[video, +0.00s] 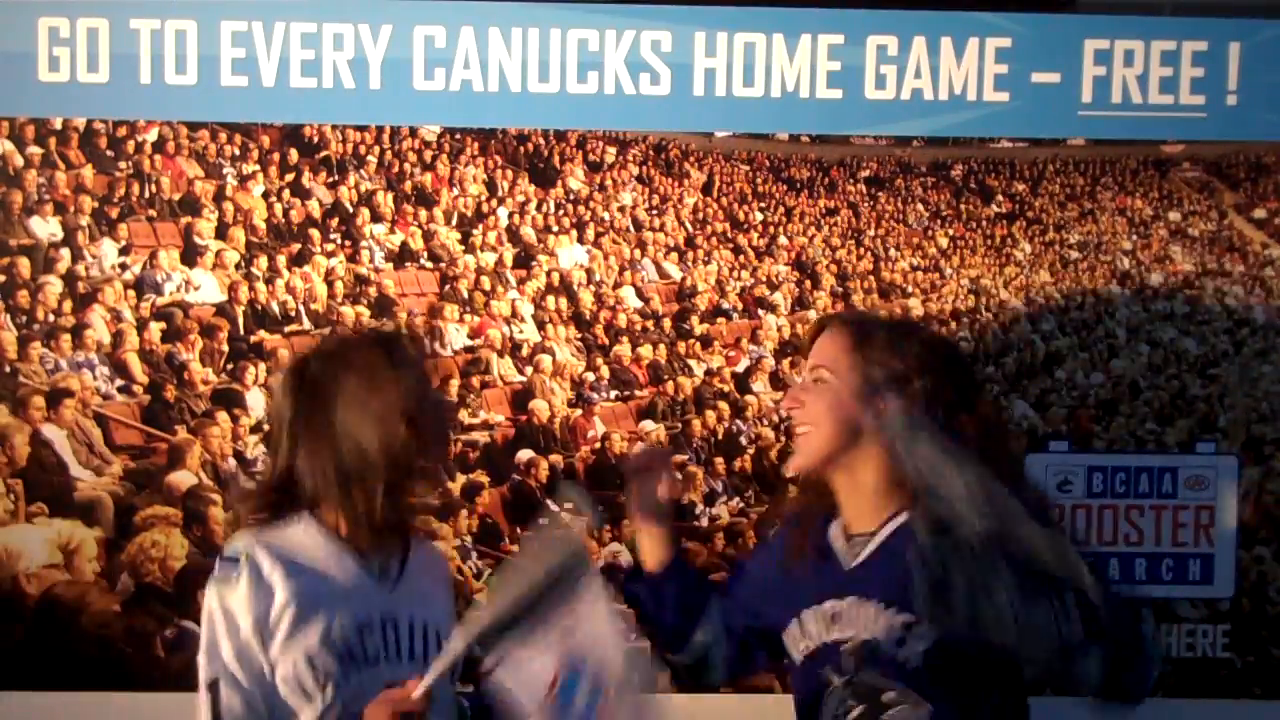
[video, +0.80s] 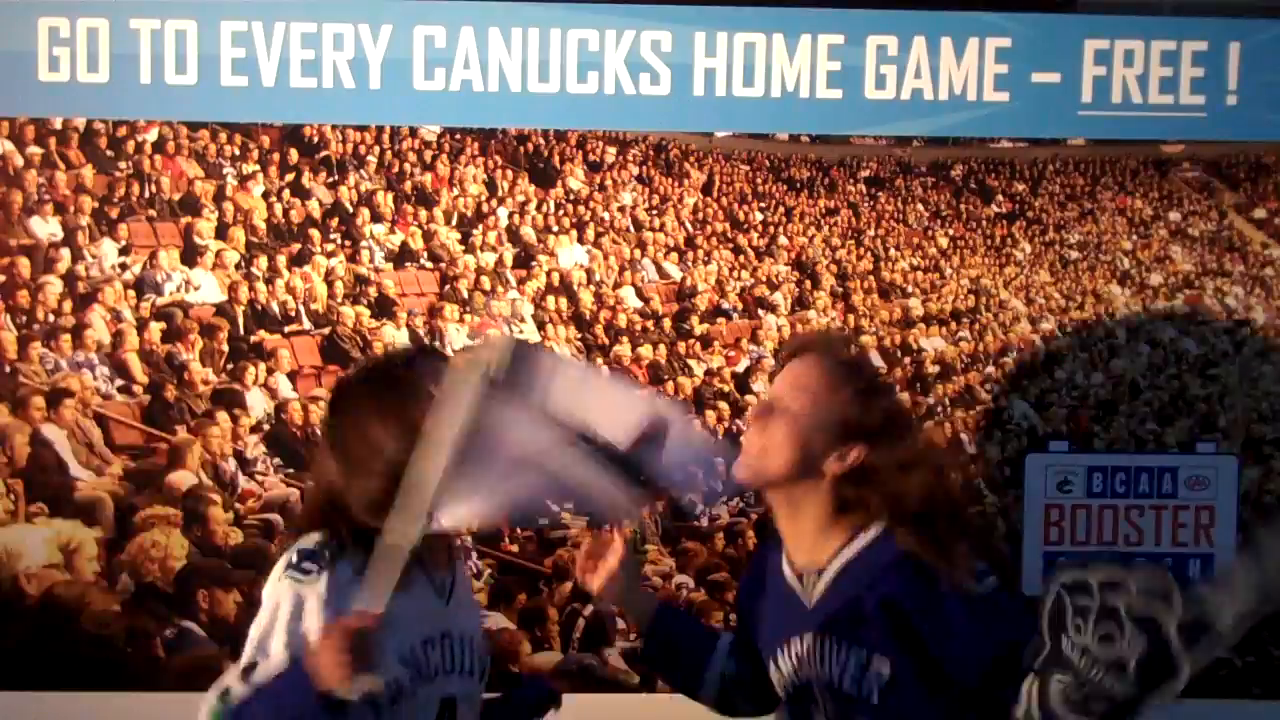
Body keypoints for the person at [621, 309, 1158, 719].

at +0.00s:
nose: (790, 398)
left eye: (819, 377)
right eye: (800, 379)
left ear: (887, 403)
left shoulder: (977, 540)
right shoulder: (798, 545)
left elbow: (1120, 665)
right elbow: (708, 658)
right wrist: (653, 527)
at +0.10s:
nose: (776, 426)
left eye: (804, 410)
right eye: (788, 407)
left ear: (874, 445)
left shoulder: (966, 601)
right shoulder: (783, 581)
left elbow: (1037, 699)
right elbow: (696, 681)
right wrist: (632, 565)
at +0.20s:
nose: (785, 410)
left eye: (811, 396)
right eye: (798, 394)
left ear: (882, 435)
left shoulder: (963, 594)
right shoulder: (790, 559)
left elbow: (989, 712)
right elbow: (740, 677)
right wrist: (640, 596)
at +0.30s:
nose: (782, 359)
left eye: (812, 341)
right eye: (795, 341)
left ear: (885, 377)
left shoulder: (976, 526)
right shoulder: (782, 528)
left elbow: (1058, 699)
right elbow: (793, 657)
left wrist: (1100, 590)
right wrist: (664, 614)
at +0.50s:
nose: (776, 435)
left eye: (800, 410)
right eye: (783, 412)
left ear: (876, 427)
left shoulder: (978, 569)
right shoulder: (805, 579)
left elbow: (1117, 652)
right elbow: (795, 705)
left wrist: (1032, 558)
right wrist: (670, 679)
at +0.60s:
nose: (778, 426)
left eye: (802, 407)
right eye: (787, 407)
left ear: (878, 430)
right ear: (874, 432)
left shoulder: (967, 541)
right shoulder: (813, 560)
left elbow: (1072, 684)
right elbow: (796, 694)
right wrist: (659, 692)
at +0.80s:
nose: (749, 416)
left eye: (776, 409)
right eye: (762, 403)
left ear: (843, 457)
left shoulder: (921, 590)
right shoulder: (770, 571)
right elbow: (752, 694)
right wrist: (637, 604)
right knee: (569, 710)